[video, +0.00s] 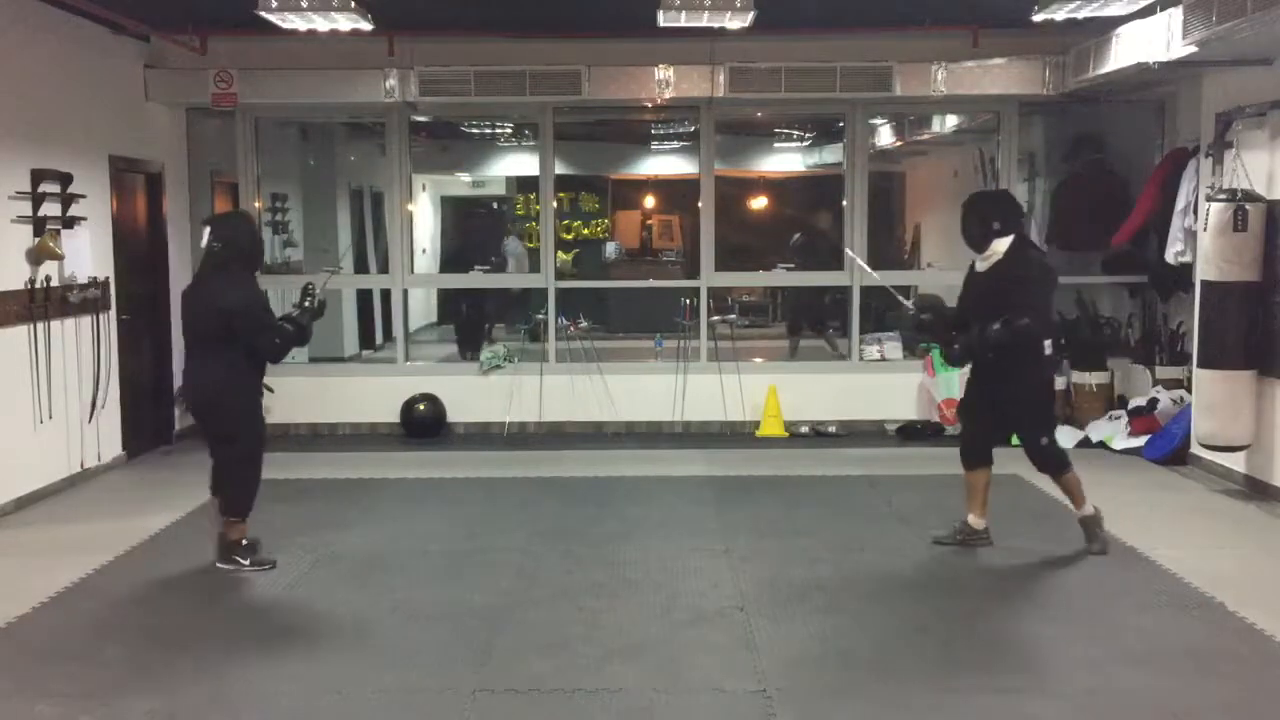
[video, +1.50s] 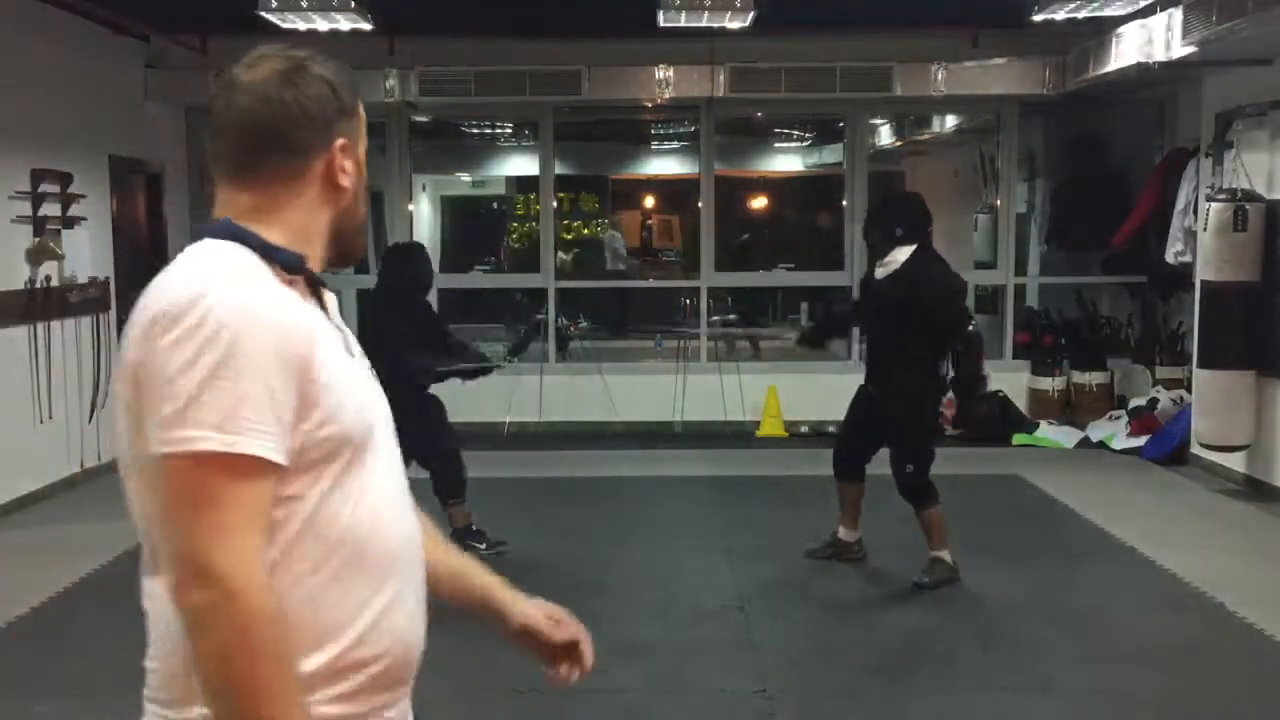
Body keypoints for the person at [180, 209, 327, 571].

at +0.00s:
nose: (261, 248)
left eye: (259, 240)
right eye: (257, 240)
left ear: (214, 245)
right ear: (247, 245)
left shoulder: (194, 290)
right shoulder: (242, 289)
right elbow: (272, 346)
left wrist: (289, 319)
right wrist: (301, 320)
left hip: (202, 391)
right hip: (234, 393)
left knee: (227, 456)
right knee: (244, 459)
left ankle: (230, 536)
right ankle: (233, 547)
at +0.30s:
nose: (294, 247)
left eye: (291, 240)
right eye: (288, 240)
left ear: (252, 247)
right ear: (273, 247)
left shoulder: (238, 285)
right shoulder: (269, 287)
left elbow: (287, 326)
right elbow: (306, 339)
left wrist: (328, 317)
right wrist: (336, 319)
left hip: (238, 391)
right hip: (269, 393)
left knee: (242, 460)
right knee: (301, 453)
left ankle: (228, 539)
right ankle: (313, 538)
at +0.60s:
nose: (341, 253)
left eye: (339, 246)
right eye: (338, 246)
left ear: (300, 248)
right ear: (331, 251)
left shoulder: (283, 289)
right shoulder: (324, 294)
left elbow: (327, 308)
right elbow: (368, 334)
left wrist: (363, 298)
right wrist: (396, 303)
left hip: (282, 388)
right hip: (318, 390)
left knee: (303, 452)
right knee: (341, 457)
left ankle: (275, 519)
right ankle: (329, 538)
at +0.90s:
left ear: (354, 261)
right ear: (380, 268)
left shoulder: (339, 285)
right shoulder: (378, 293)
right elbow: (421, 292)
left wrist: (381, 247)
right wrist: (408, 249)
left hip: (331, 395)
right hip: (366, 397)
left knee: (333, 463)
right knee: (410, 460)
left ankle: (291, 530)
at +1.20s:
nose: (440, 277)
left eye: (438, 271)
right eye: (435, 271)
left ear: (402, 270)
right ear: (427, 272)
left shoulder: (390, 304)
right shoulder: (424, 303)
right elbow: (465, 342)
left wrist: (430, 399)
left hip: (382, 404)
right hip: (409, 405)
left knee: (394, 458)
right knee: (462, 453)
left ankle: (334, 499)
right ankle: (466, 532)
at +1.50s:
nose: (430, 276)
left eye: (428, 269)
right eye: (425, 269)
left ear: (389, 271)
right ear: (413, 272)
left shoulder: (374, 302)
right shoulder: (409, 306)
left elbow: (438, 338)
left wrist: (469, 357)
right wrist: (462, 362)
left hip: (380, 395)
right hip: (410, 398)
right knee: (445, 456)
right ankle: (463, 529)